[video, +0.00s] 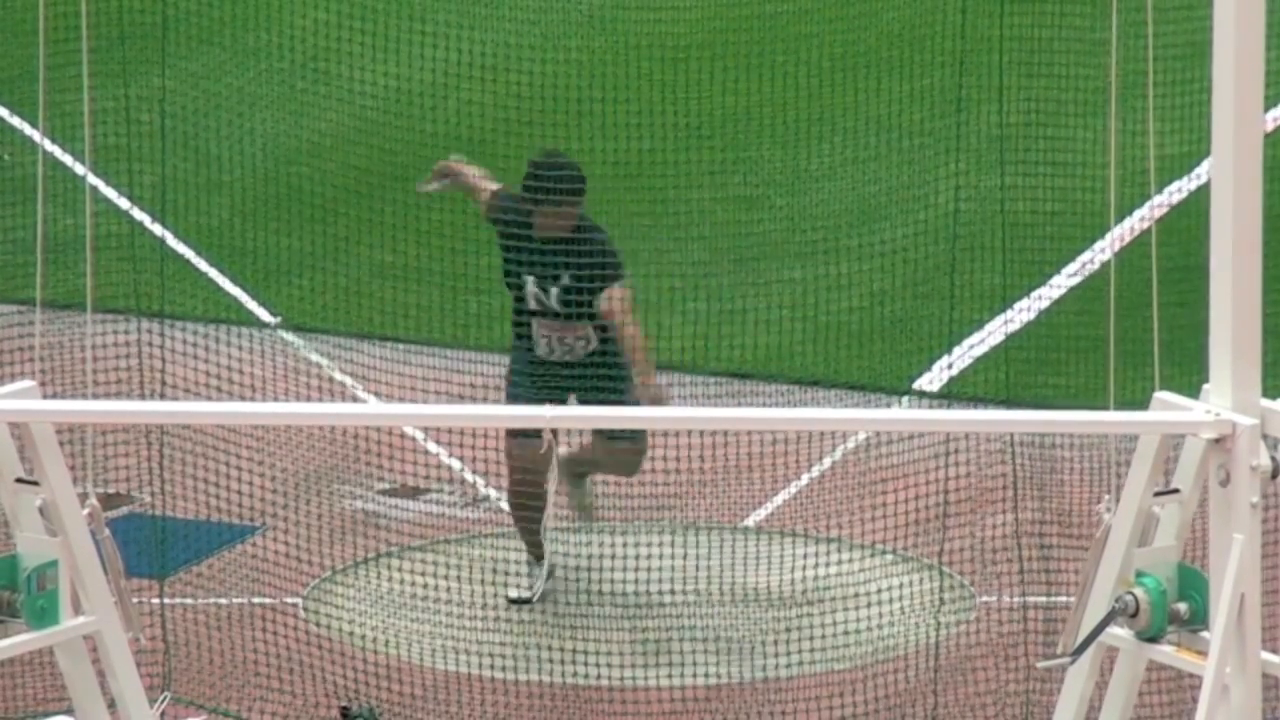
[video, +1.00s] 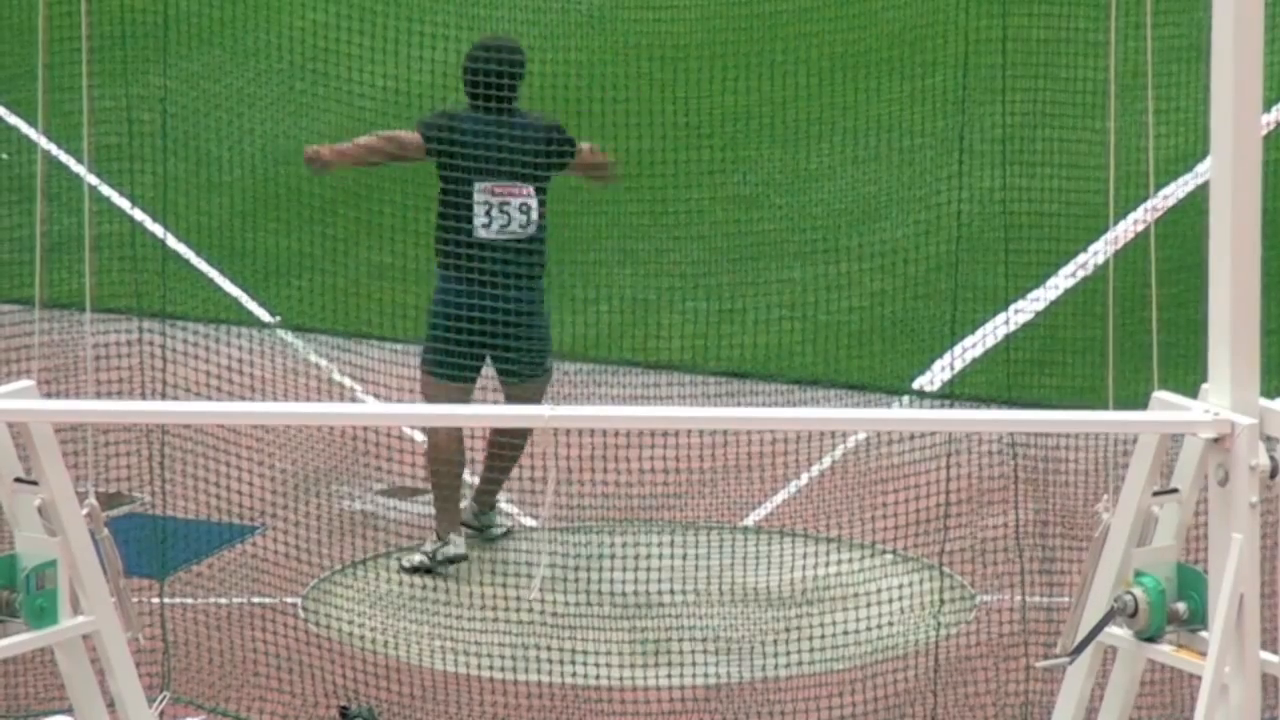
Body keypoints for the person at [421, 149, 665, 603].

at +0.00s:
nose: (564, 218)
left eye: (570, 209)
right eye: (555, 209)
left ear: (579, 205)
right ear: (533, 204)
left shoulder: (593, 246)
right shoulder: (510, 218)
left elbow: (622, 317)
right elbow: (481, 188)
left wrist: (645, 377)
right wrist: (458, 169)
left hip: (599, 365)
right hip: (535, 362)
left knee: (626, 457)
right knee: (524, 461)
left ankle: (571, 464)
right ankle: (537, 562)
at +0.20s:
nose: (578, 149)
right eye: (576, 143)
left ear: (531, 141)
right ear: (573, 150)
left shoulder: (511, 164)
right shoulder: (572, 213)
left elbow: (449, 159)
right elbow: (566, 286)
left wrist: (495, 154)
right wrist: (570, 349)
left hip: (490, 337)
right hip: (535, 346)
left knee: (520, 429)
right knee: (575, 443)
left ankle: (494, 538)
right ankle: (514, 541)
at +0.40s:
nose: (507, 61)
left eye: (516, 59)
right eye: (514, 55)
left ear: (524, 77)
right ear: (536, 81)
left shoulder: (515, 129)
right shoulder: (511, 109)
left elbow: (474, 196)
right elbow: (443, 115)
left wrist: (414, 220)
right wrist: (380, 111)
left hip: (546, 285)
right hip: (556, 281)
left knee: (463, 374)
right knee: (521, 397)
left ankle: (537, 483)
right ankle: (548, 501)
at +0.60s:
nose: (486, 86)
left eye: (480, 80)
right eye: (473, 86)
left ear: (487, 92)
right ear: (457, 110)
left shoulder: (525, 117)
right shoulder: (451, 164)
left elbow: (581, 70)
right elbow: (464, 218)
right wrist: (509, 241)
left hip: (540, 278)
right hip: (479, 294)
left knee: (595, 372)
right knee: (485, 410)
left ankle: (557, 387)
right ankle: (515, 523)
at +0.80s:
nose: (534, 102)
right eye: (531, 96)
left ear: (485, 101)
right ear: (532, 103)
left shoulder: (469, 138)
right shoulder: (546, 147)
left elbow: (426, 126)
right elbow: (600, 112)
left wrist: (387, 112)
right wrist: (632, 47)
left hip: (447, 293)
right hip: (499, 306)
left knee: (443, 368)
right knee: (497, 400)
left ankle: (375, 446)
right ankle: (458, 500)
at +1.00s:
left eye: (477, 76)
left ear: (469, 81)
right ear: (518, 83)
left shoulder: (451, 129)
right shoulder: (542, 135)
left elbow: (389, 146)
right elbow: (598, 166)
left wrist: (333, 154)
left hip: (458, 299)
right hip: (521, 302)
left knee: (443, 411)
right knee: (524, 404)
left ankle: (447, 537)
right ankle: (483, 506)